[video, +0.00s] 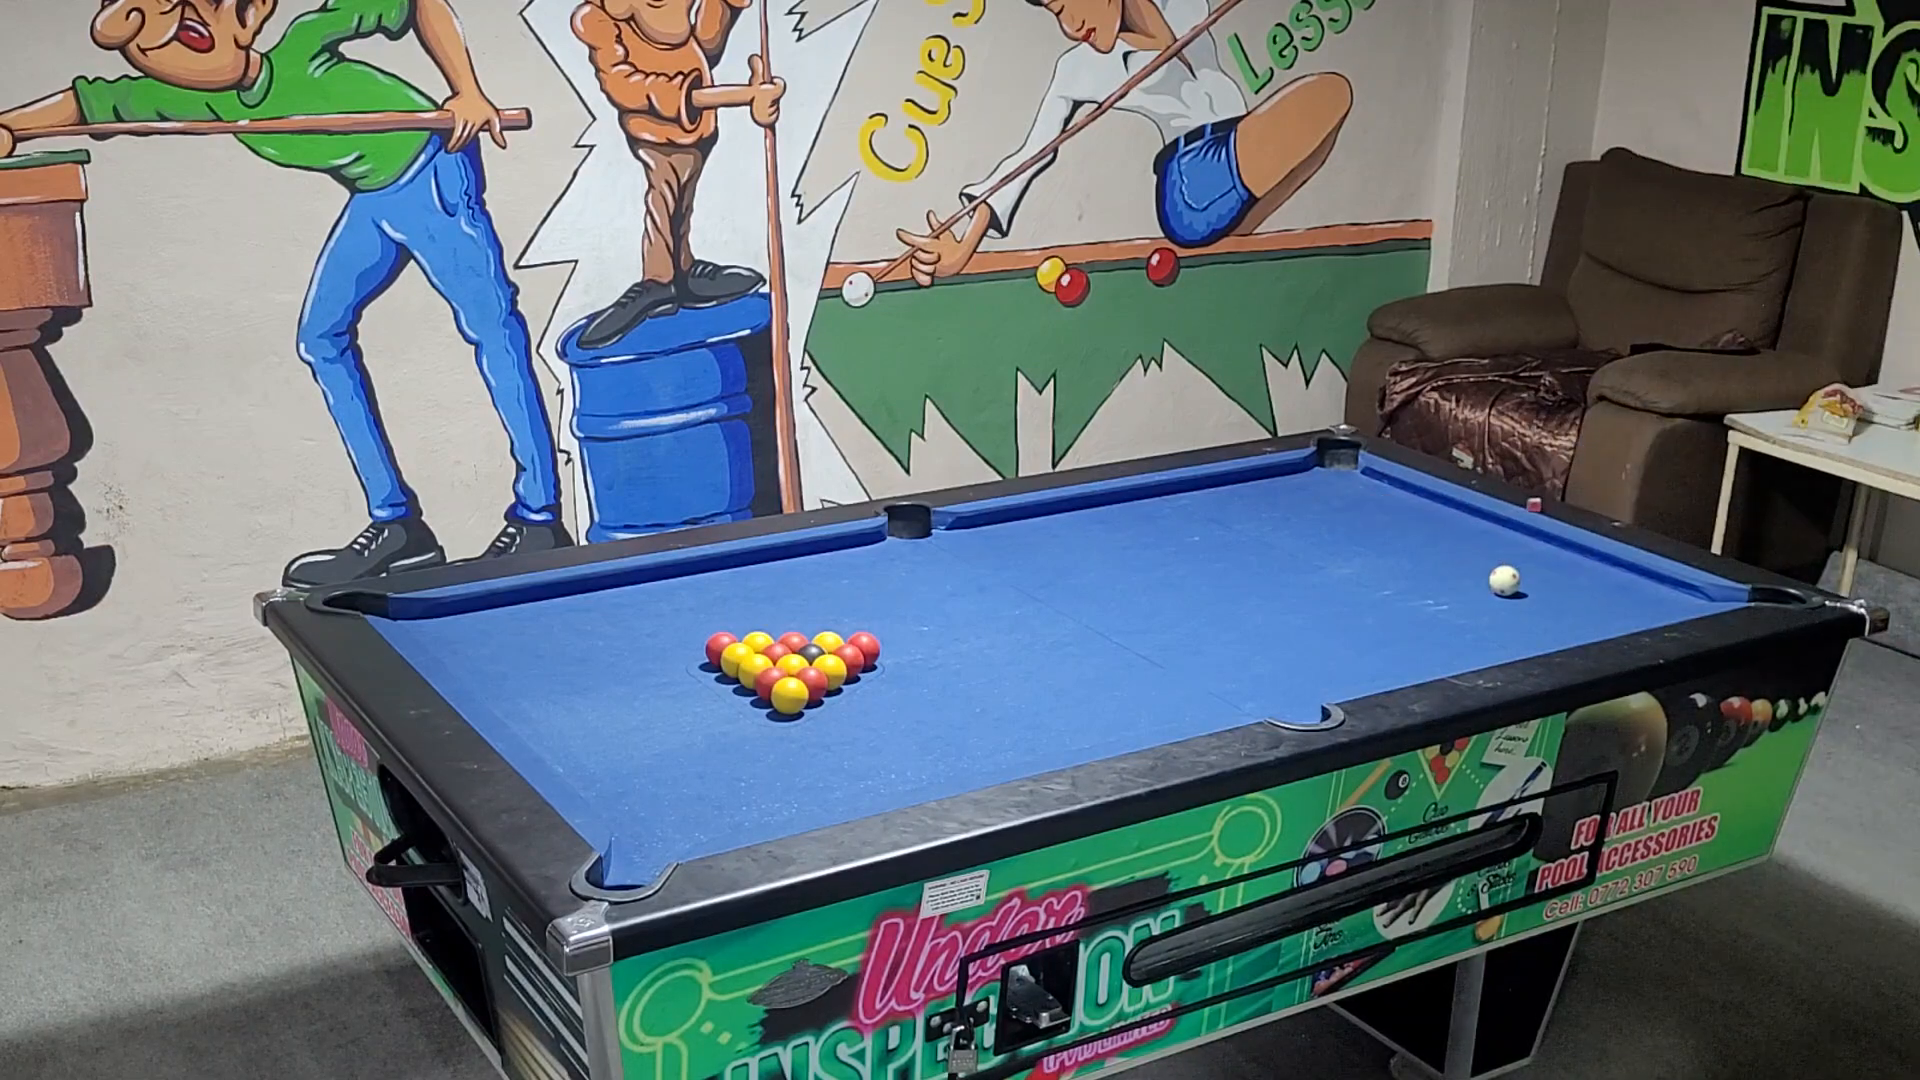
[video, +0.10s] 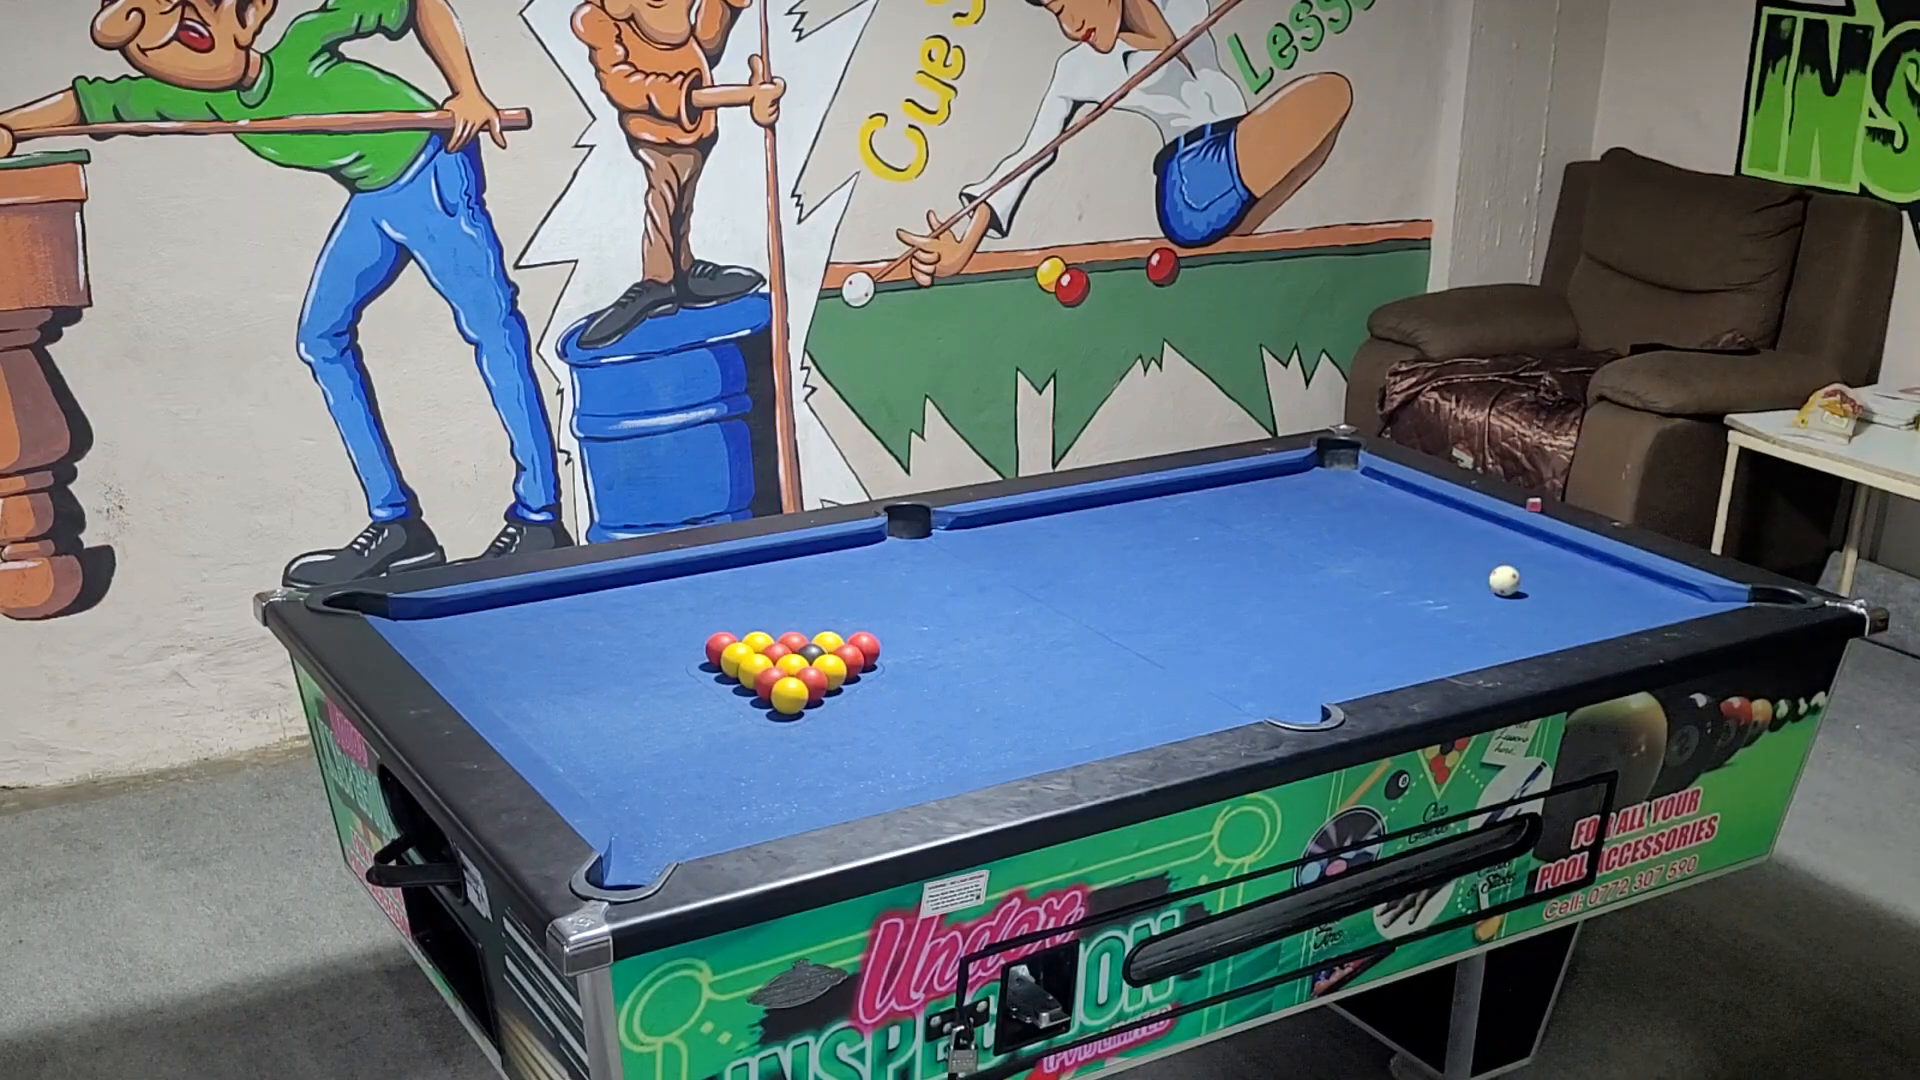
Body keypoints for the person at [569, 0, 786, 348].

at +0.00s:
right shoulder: (597, 19)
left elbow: (707, 48)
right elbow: (625, 87)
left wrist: (730, 6)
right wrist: (746, 95)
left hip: (694, 89)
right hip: (645, 104)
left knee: (688, 173)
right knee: (666, 173)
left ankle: (682, 268)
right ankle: (657, 280)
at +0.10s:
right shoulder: (597, 19)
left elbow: (707, 48)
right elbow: (625, 87)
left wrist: (730, 6)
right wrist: (746, 95)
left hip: (695, 89)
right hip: (645, 104)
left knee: (688, 174)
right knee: (665, 174)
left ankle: (682, 268)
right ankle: (657, 280)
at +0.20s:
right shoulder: (597, 19)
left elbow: (707, 47)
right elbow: (624, 87)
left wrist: (730, 6)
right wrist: (746, 95)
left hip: (694, 88)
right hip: (645, 104)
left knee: (688, 174)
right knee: (666, 174)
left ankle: (682, 269)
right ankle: (657, 281)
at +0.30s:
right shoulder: (597, 19)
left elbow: (707, 47)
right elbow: (624, 87)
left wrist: (730, 6)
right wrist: (746, 95)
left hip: (694, 90)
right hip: (645, 104)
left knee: (688, 174)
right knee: (666, 174)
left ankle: (682, 269)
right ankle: (657, 281)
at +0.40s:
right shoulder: (597, 19)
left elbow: (707, 47)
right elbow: (625, 87)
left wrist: (730, 6)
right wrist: (746, 95)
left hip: (695, 90)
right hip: (645, 104)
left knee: (688, 174)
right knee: (666, 174)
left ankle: (682, 269)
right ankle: (657, 281)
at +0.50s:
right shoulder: (597, 19)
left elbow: (707, 47)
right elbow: (625, 87)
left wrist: (730, 6)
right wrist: (746, 95)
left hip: (695, 90)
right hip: (645, 104)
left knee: (688, 175)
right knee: (665, 174)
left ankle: (682, 269)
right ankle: (657, 281)